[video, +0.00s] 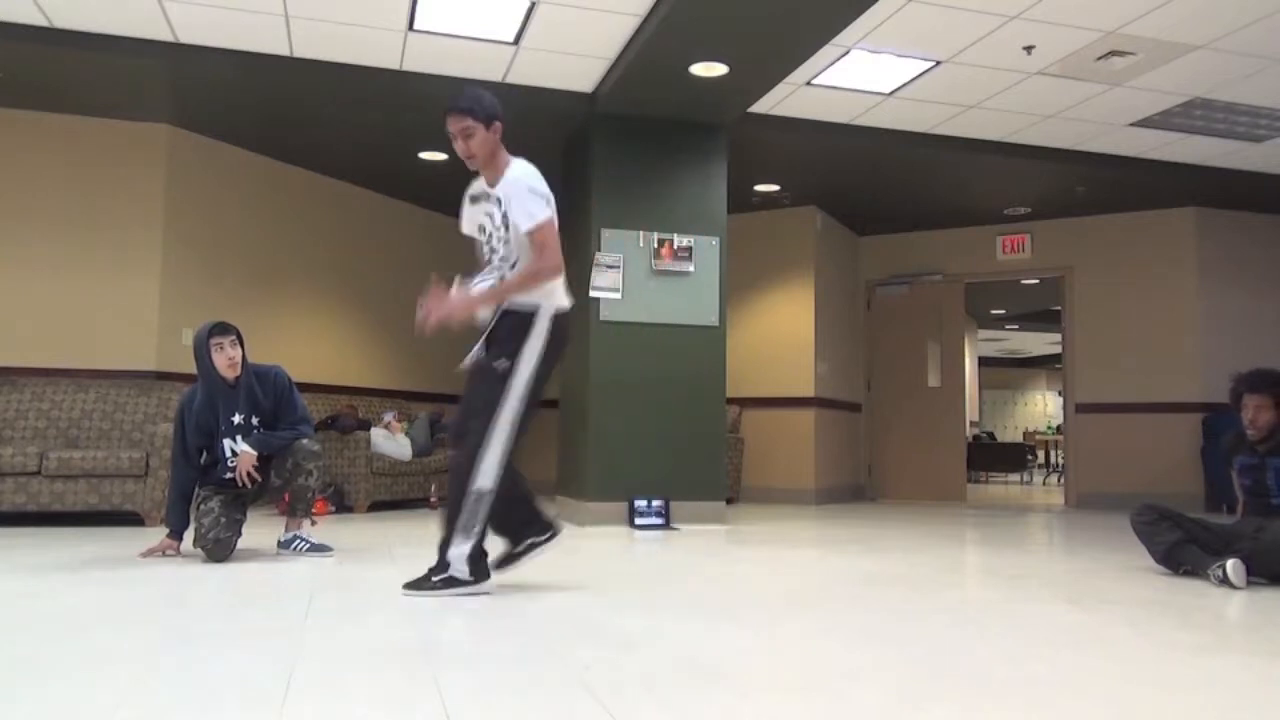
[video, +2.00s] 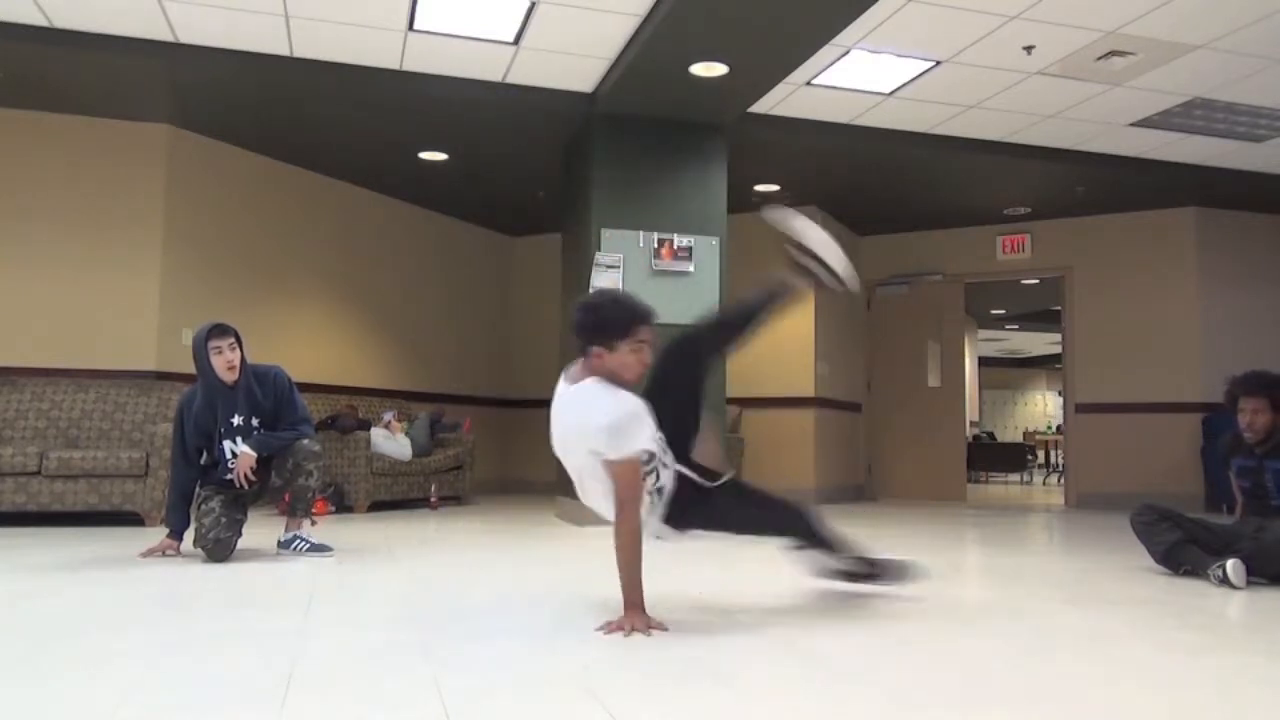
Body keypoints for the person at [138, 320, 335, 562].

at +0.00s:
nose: (231, 354)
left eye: (234, 345)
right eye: (219, 349)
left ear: (242, 349)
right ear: (205, 358)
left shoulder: (272, 380)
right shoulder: (194, 403)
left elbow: (303, 429)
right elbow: (184, 470)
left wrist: (255, 444)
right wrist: (174, 535)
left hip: (266, 477)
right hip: (220, 488)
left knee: (307, 449)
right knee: (215, 549)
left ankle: (292, 535)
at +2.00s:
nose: (229, 357)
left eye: (233, 348)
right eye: (218, 352)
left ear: (241, 350)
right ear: (204, 361)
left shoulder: (272, 381)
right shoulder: (193, 404)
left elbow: (304, 430)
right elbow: (184, 471)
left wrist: (255, 446)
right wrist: (174, 535)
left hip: (267, 476)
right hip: (220, 488)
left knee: (308, 450)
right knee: (215, 549)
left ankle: (292, 534)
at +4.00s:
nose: (230, 358)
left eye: (234, 349)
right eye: (219, 353)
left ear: (242, 351)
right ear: (204, 361)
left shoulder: (273, 381)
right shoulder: (194, 403)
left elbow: (304, 430)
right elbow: (184, 470)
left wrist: (255, 447)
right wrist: (174, 535)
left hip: (266, 476)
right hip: (221, 487)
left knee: (307, 451)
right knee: (216, 549)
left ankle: (292, 534)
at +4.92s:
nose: (229, 359)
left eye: (232, 349)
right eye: (217, 354)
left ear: (241, 351)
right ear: (204, 362)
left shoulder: (273, 381)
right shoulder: (194, 404)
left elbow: (303, 431)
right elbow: (184, 470)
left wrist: (254, 448)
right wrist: (175, 535)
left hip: (266, 478)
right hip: (222, 488)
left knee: (307, 451)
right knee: (216, 549)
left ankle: (292, 534)